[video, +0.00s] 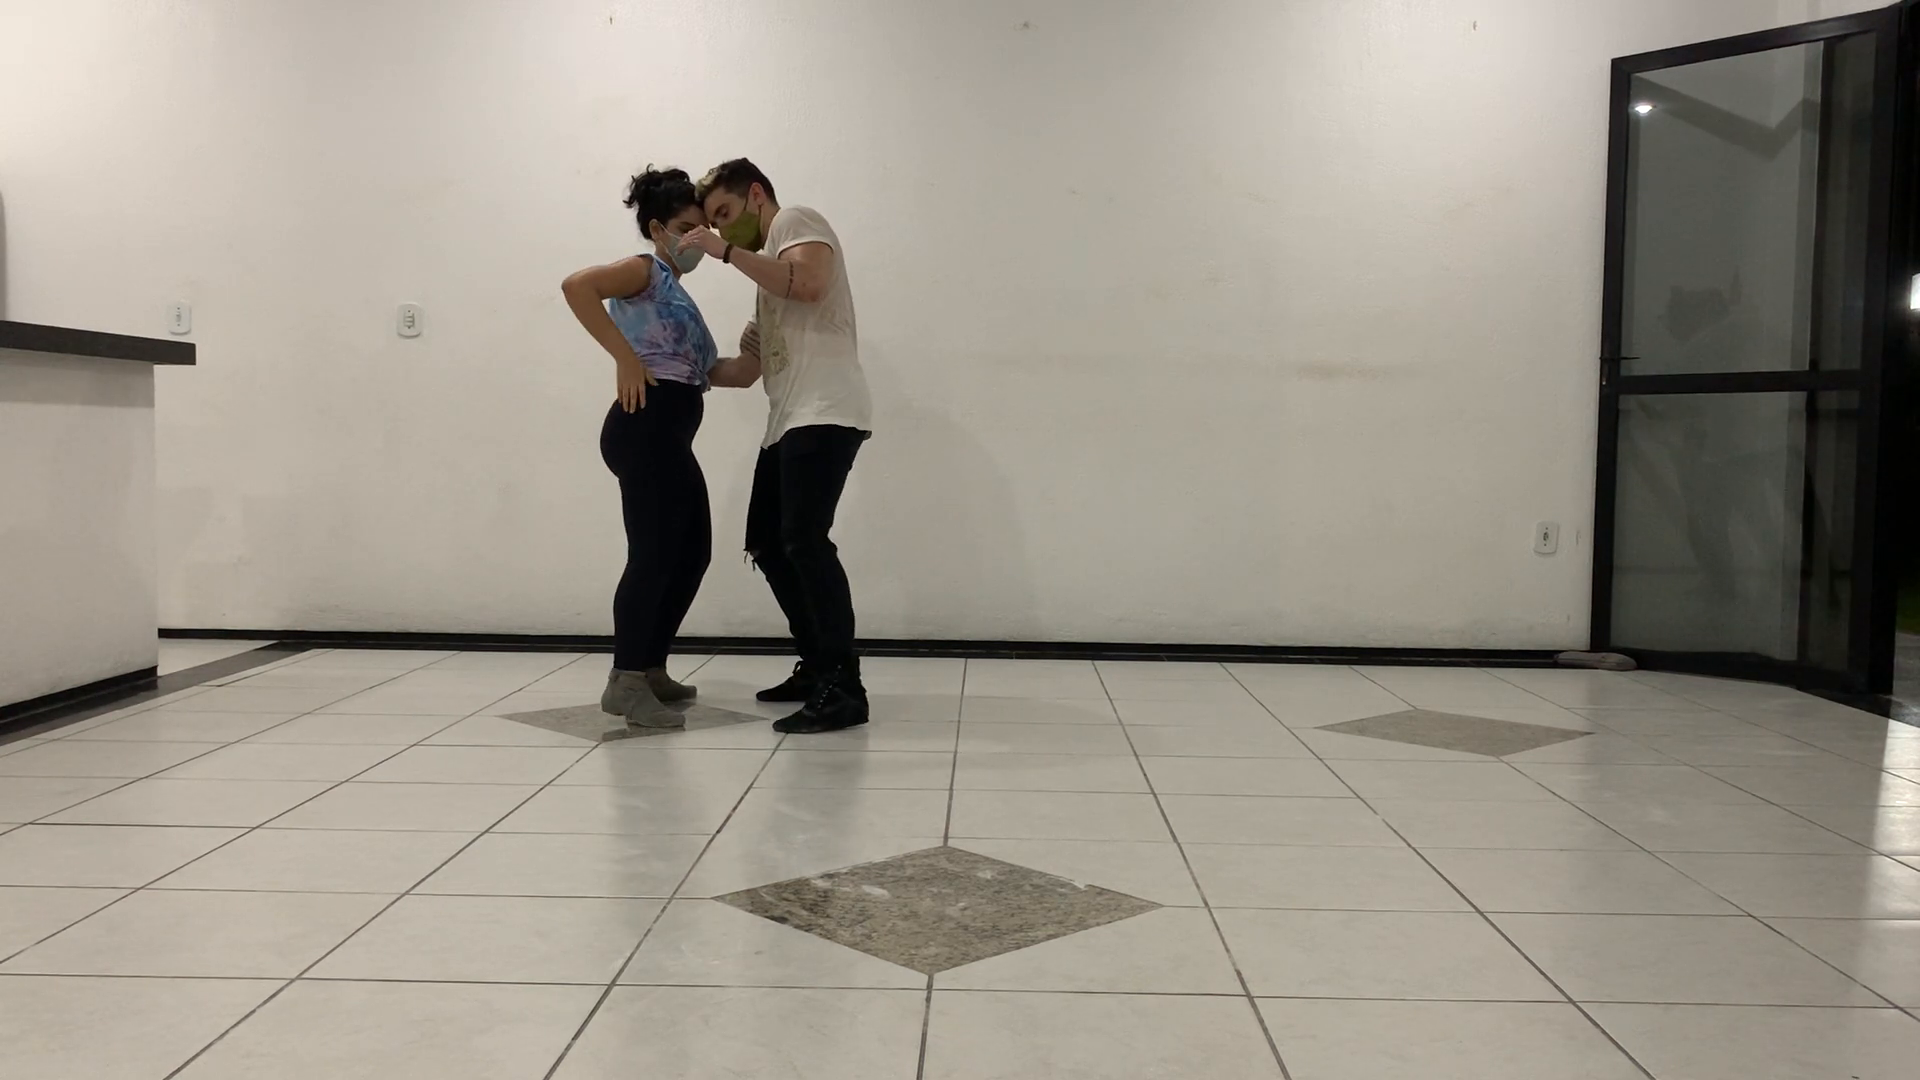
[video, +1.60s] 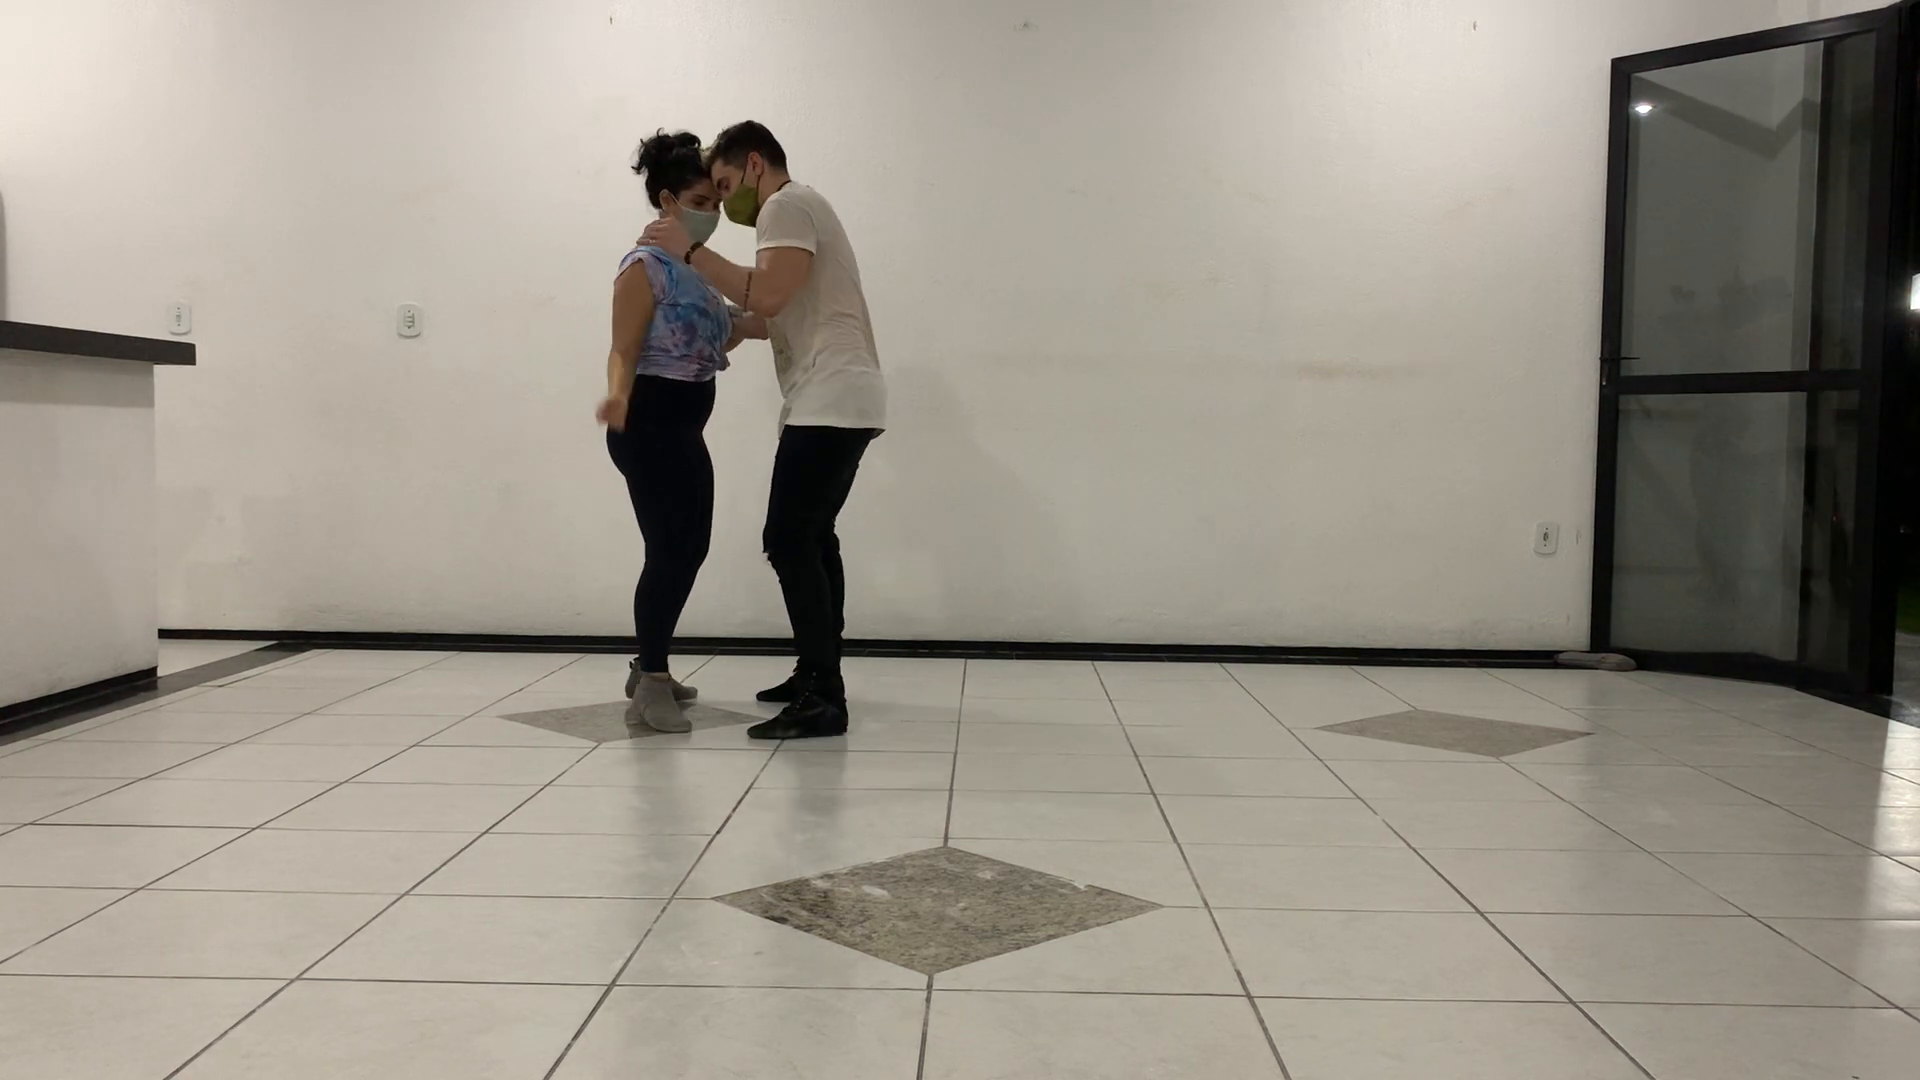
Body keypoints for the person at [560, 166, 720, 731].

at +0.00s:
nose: (695, 238)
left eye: (700, 227)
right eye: (683, 228)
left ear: (705, 229)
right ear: (655, 230)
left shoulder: (675, 298)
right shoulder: (645, 270)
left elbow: (733, 373)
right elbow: (577, 287)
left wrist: (757, 354)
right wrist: (624, 357)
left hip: (670, 427)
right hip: (643, 424)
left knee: (693, 551)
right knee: (656, 550)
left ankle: (649, 667)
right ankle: (627, 678)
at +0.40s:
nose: (696, 236)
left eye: (701, 225)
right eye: (686, 224)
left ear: (704, 229)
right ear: (656, 224)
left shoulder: (685, 302)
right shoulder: (637, 267)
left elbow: (727, 371)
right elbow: (569, 283)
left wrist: (774, 352)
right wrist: (643, 263)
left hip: (669, 427)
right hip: (638, 422)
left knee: (688, 548)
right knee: (676, 545)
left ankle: (652, 668)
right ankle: (649, 676)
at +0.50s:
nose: (700, 237)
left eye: (704, 226)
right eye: (691, 224)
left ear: (700, 230)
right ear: (658, 220)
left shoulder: (680, 296)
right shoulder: (638, 265)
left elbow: (720, 371)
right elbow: (580, 296)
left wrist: (758, 348)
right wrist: (631, 247)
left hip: (671, 426)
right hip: (641, 422)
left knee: (688, 552)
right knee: (669, 551)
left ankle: (652, 670)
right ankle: (645, 679)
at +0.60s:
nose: (700, 236)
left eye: (703, 225)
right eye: (692, 224)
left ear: (685, 232)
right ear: (663, 221)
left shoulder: (670, 279)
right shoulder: (639, 264)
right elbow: (591, 304)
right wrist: (625, 243)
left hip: (670, 424)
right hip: (644, 421)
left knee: (687, 551)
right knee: (662, 551)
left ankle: (651, 671)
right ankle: (644, 682)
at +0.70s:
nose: (700, 236)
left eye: (704, 225)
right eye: (692, 223)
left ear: (696, 231)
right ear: (661, 223)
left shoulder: (675, 283)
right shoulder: (639, 265)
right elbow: (599, 310)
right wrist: (626, 245)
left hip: (670, 424)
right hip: (643, 422)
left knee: (686, 552)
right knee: (664, 552)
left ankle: (651, 670)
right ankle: (644, 681)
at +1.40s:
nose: (711, 221)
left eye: (716, 209)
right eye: (698, 209)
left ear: (720, 208)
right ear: (668, 210)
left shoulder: (698, 278)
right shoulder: (641, 270)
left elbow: (704, 358)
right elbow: (622, 351)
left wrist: (743, 335)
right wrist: (617, 296)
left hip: (680, 423)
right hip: (642, 419)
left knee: (688, 543)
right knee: (677, 537)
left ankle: (655, 665)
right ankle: (650, 668)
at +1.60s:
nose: (712, 212)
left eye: (715, 199)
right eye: (698, 200)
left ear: (717, 198)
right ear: (664, 202)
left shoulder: (693, 268)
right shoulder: (644, 268)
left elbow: (709, 334)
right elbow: (623, 348)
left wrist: (755, 324)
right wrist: (618, 394)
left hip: (684, 420)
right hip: (649, 419)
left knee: (691, 545)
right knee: (669, 547)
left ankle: (651, 667)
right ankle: (650, 679)